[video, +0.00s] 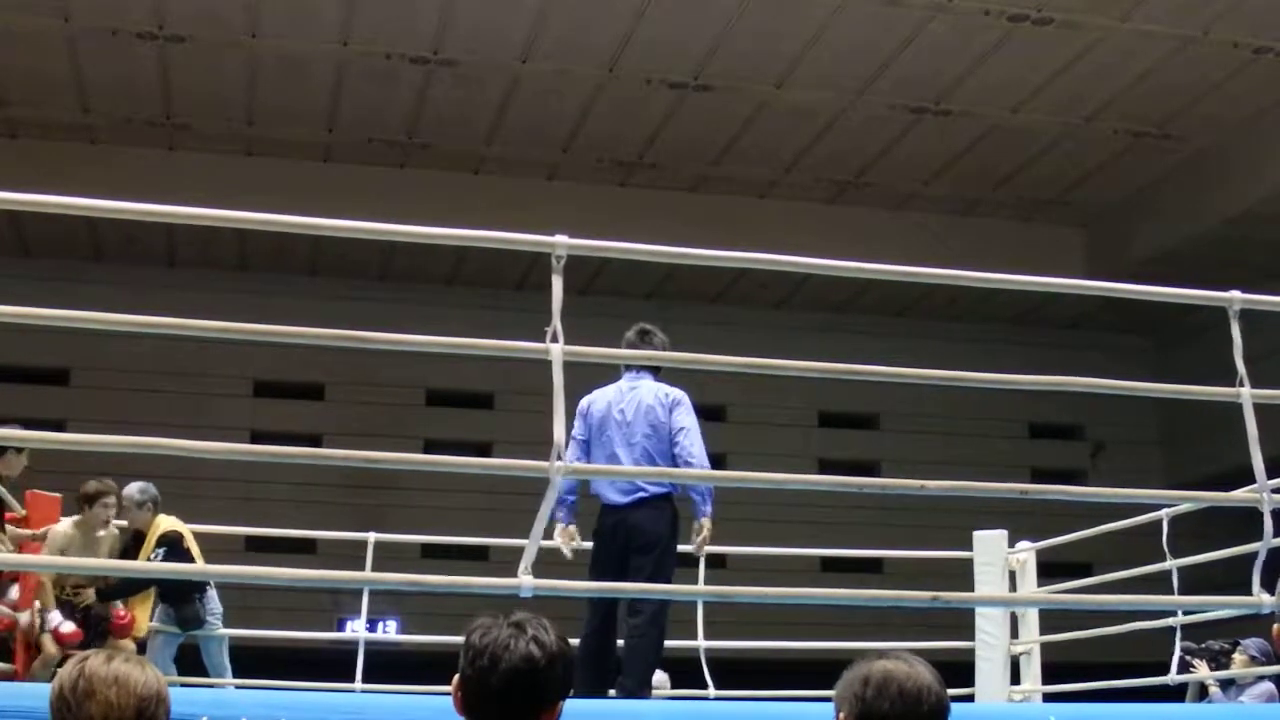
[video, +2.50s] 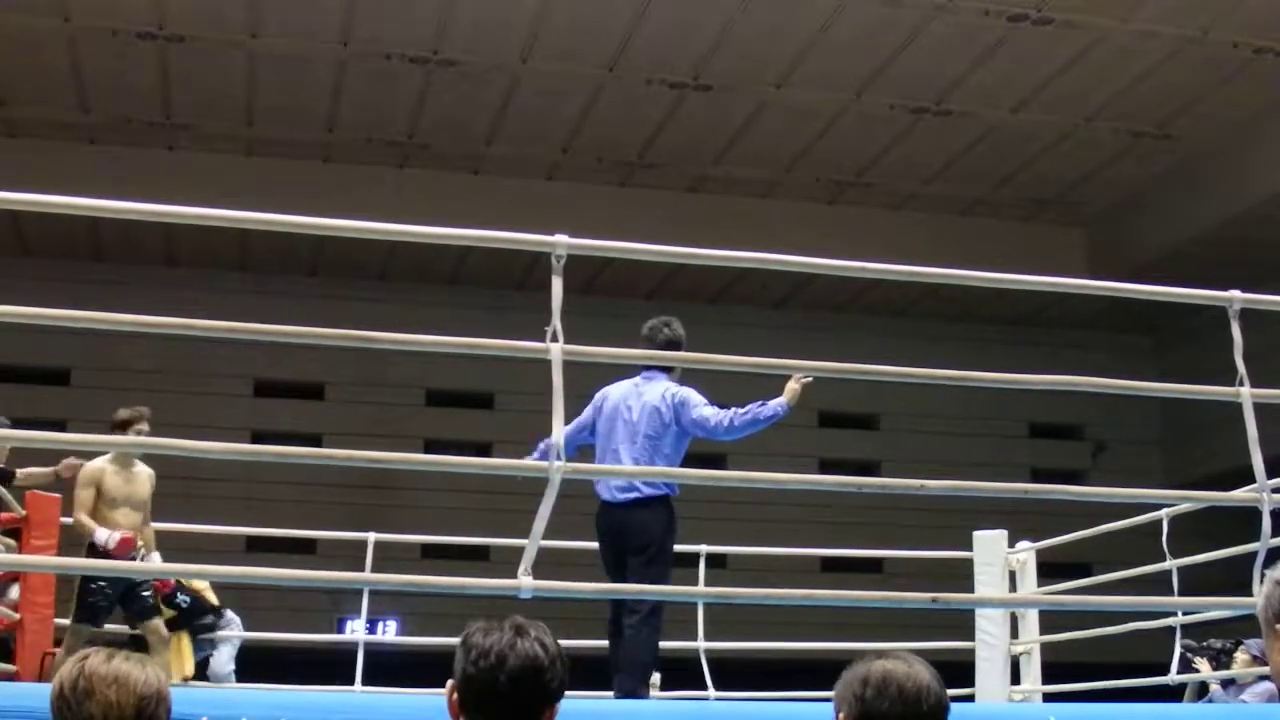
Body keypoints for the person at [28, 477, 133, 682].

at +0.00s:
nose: (110, 513)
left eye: (113, 507)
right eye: (104, 507)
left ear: (117, 509)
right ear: (86, 508)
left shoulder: (112, 534)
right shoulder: (63, 532)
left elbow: (110, 573)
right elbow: (44, 576)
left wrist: (116, 606)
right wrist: (53, 616)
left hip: (91, 597)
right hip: (58, 597)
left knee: (126, 648)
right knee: (52, 653)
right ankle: (27, 703)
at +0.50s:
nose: (106, 451)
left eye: (109, 445)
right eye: (100, 445)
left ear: (110, 447)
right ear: (83, 446)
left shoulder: (110, 484)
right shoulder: (55, 481)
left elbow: (111, 530)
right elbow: (38, 529)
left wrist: (120, 566)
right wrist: (44, 569)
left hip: (96, 561)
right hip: (60, 559)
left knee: (112, 639)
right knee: (45, 640)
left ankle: (110, 709)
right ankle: (25, 702)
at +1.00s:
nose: (104, 439)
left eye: (106, 433)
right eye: (98, 433)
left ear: (106, 437)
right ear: (79, 435)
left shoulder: (109, 476)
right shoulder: (51, 471)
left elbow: (108, 523)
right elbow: (36, 514)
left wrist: (112, 563)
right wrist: (51, 544)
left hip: (96, 555)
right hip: (60, 553)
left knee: (108, 632)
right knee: (39, 634)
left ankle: (111, 703)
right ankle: (22, 702)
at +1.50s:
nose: (140, 439)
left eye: (144, 434)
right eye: (134, 433)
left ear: (148, 439)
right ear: (119, 434)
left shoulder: (145, 478)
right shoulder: (92, 464)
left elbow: (134, 523)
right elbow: (66, 504)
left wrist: (127, 553)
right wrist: (63, 541)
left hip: (120, 553)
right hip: (86, 548)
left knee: (115, 636)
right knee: (66, 632)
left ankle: (115, 704)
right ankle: (48, 697)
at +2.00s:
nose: (103, 433)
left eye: (106, 428)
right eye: (96, 427)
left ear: (110, 432)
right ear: (78, 432)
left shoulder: (114, 468)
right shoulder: (57, 469)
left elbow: (122, 514)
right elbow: (48, 517)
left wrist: (137, 544)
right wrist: (56, 551)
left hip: (109, 550)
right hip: (72, 550)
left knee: (124, 633)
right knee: (62, 633)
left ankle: (122, 703)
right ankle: (47, 702)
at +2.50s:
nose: (144, 439)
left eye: (147, 434)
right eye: (138, 433)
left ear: (148, 437)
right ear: (120, 433)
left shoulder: (147, 474)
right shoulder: (94, 470)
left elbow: (145, 523)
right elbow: (80, 516)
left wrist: (155, 562)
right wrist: (105, 537)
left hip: (136, 567)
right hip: (101, 566)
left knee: (159, 636)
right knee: (77, 637)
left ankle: (160, 707)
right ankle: (54, 704)